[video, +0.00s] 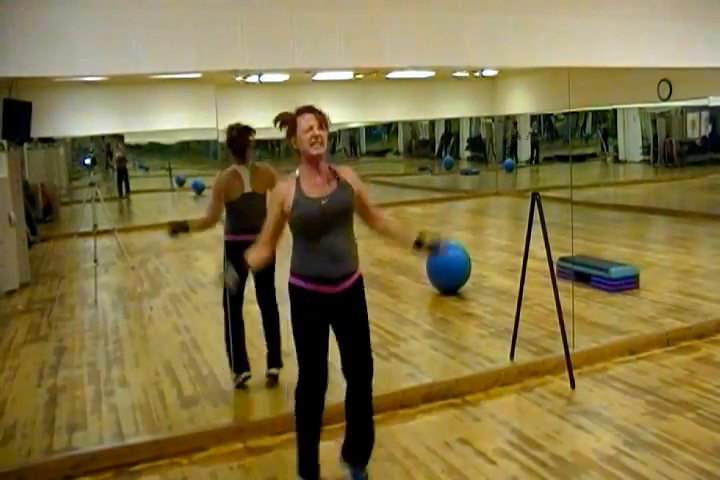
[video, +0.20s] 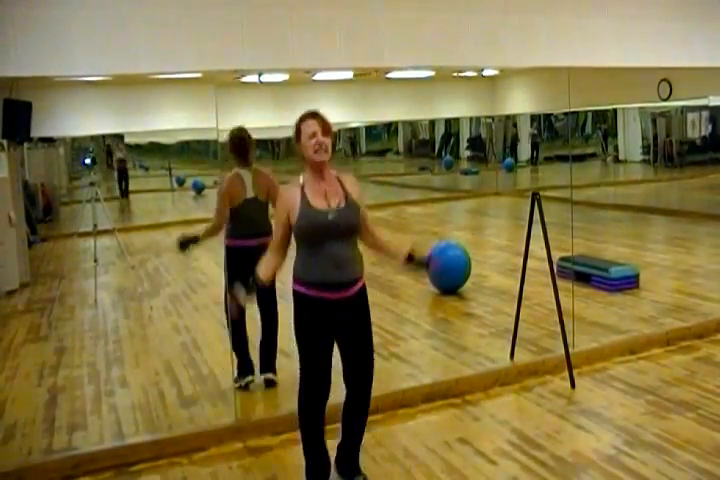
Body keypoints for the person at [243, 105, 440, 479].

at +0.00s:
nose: (317, 134)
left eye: (320, 128)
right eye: (308, 131)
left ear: (328, 133)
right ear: (295, 141)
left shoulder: (345, 176)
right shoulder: (285, 189)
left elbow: (375, 218)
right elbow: (266, 243)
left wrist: (419, 243)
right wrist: (245, 263)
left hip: (348, 288)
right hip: (306, 292)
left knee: (360, 374)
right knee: (312, 379)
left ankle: (356, 459)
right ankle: (308, 470)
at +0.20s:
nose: (320, 141)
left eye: (324, 134)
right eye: (311, 137)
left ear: (332, 140)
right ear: (299, 146)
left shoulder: (347, 183)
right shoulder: (290, 194)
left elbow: (368, 235)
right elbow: (277, 248)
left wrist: (410, 257)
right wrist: (257, 281)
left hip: (353, 298)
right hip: (311, 301)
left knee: (360, 385)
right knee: (315, 388)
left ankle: (348, 464)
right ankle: (317, 469)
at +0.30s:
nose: (321, 125)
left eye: (325, 118)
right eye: (313, 121)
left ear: (333, 123)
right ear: (300, 130)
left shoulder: (351, 164)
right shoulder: (288, 174)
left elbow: (389, 191)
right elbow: (254, 221)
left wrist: (424, 172)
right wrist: (221, 205)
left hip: (353, 277)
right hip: (312, 280)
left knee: (364, 364)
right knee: (310, 373)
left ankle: (364, 451)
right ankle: (306, 468)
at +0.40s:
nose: (323, 131)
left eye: (327, 125)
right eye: (315, 127)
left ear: (335, 131)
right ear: (301, 135)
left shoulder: (352, 165)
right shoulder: (290, 175)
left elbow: (401, 153)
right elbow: (237, 183)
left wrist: (416, 107)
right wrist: (229, 139)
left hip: (354, 284)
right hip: (311, 287)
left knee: (377, 366)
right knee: (303, 379)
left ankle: (386, 447)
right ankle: (290, 472)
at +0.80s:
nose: (324, 126)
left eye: (328, 119)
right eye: (315, 121)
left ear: (336, 125)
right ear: (301, 130)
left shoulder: (353, 163)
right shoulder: (289, 173)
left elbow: (397, 177)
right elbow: (244, 206)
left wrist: (437, 163)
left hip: (353, 277)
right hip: (310, 281)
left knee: (368, 366)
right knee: (308, 376)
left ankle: (374, 447)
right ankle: (296, 470)